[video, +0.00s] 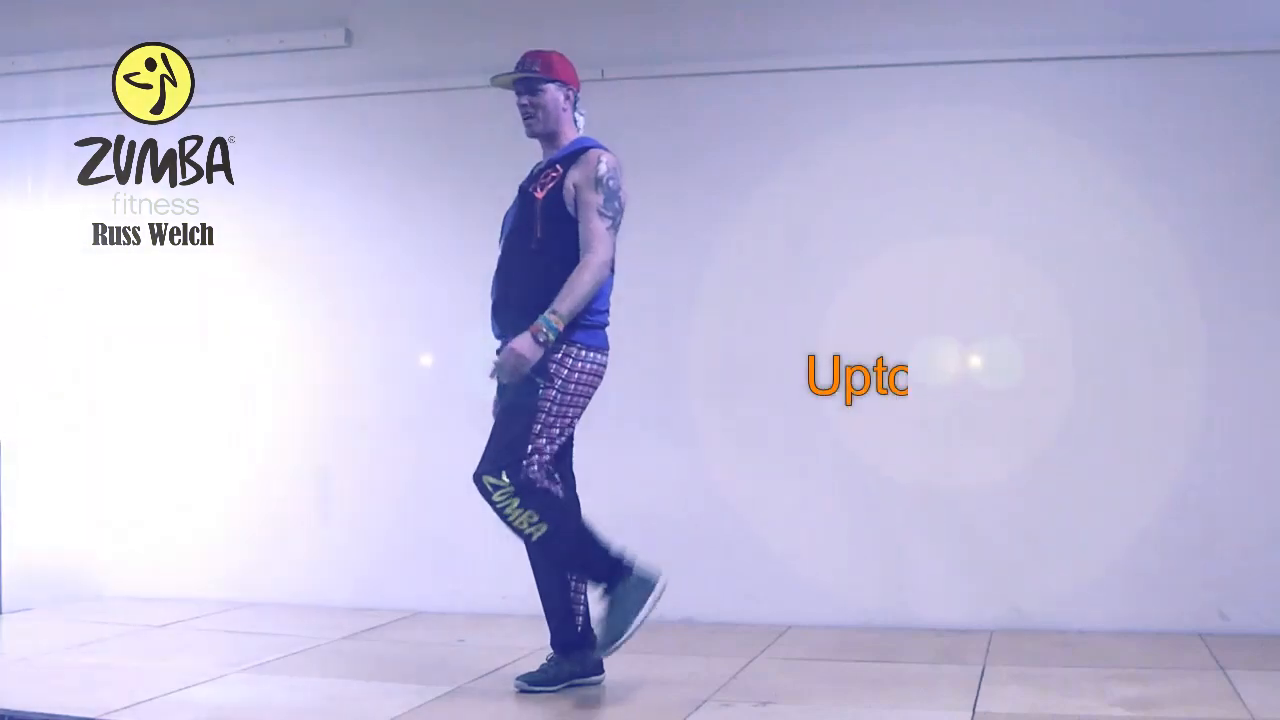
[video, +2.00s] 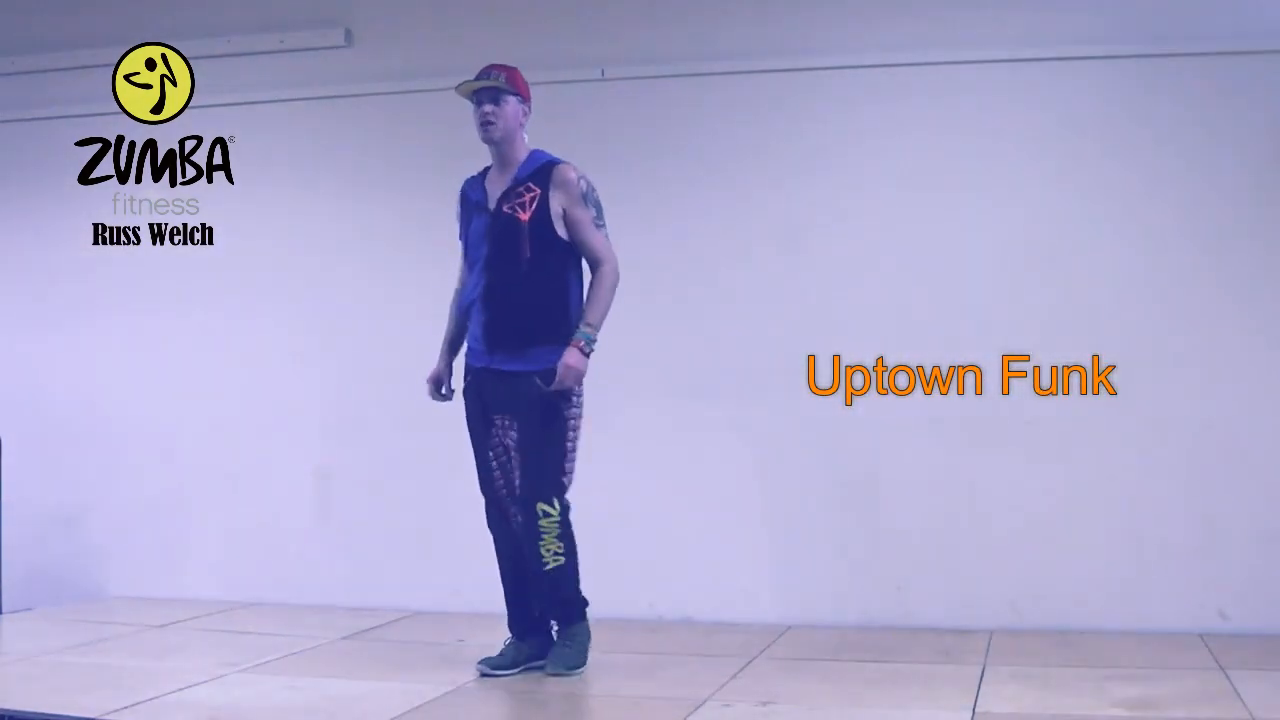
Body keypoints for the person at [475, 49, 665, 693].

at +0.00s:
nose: (523, 101)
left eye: (534, 90)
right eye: (518, 93)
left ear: (569, 94)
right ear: (522, 103)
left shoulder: (592, 164)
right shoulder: (541, 174)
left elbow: (598, 260)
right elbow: (532, 266)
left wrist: (540, 333)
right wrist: (512, 341)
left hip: (567, 351)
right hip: (536, 351)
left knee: (501, 477)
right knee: (546, 498)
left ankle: (619, 577)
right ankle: (574, 654)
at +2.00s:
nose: (485, 111)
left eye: (496, 101)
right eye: (478, 104)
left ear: (523, 110)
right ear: (473, 116)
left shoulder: (560, 181)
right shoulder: (473, 189)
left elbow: (607, 266)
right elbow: (468, 279)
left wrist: (581, 345)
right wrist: (447, 356)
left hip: (547, 371)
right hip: (486, 372)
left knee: (541, 502)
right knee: (503, 506)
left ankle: (571, 626)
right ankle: (527, 635)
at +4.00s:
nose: (493, 131)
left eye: (503, 120)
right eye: (483, 123)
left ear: (525, 125)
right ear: (473, 132)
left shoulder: (554, 196)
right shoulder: (465, 194)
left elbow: (580, 289)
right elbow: (458, 277)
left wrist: (499, 300)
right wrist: (441, 356)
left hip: (537, 365)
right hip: (479, 364)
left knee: (515, 490)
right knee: (481, 493)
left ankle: (531, 621)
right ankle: (486, 622)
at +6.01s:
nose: (422, 136)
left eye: (430, 124)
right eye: (414, 127)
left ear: (458, 123)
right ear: (409, 133)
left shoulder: (495, 190)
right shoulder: (418, 194)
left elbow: (494, 283)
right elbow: (412, 273)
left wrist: (420, 271)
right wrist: (404, 326)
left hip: (493, 364)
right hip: (436, 364)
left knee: (479, 497)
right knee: (439, 495)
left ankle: (490, 625)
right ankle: (457, 622)